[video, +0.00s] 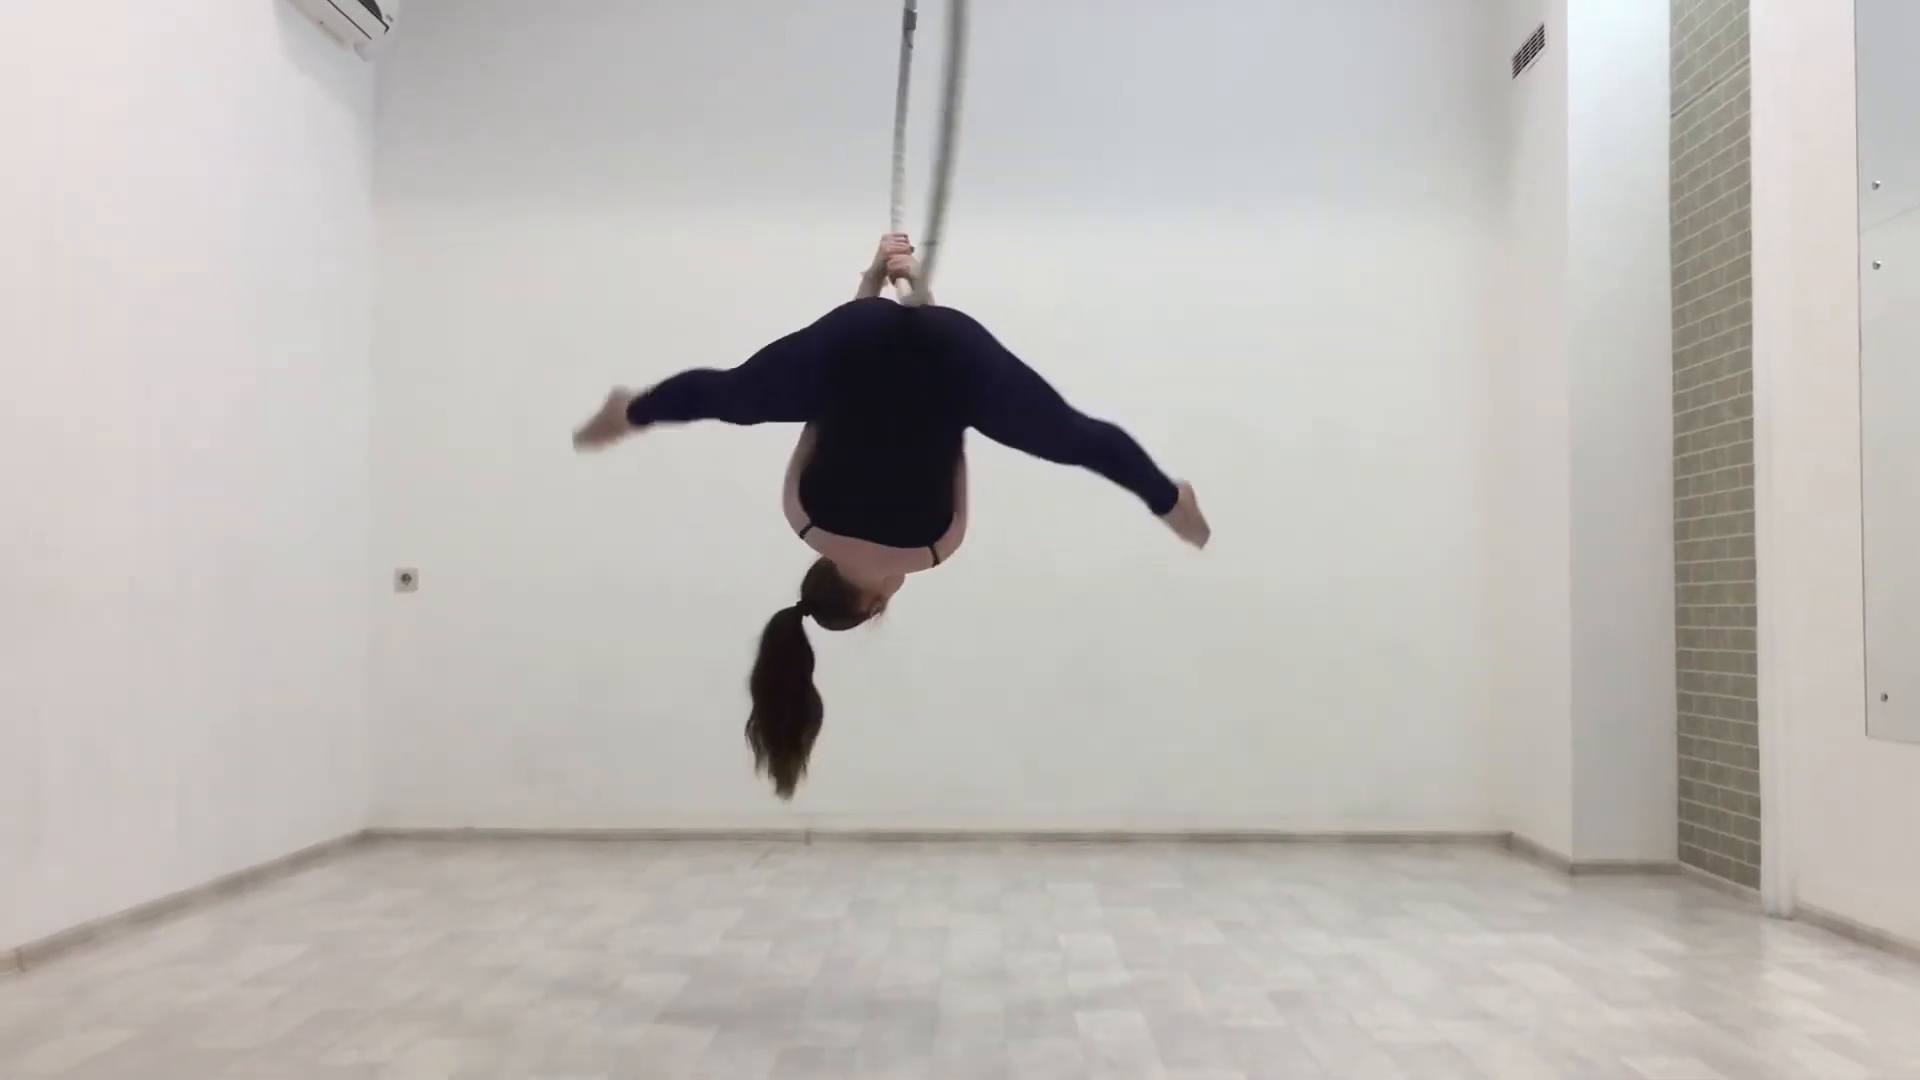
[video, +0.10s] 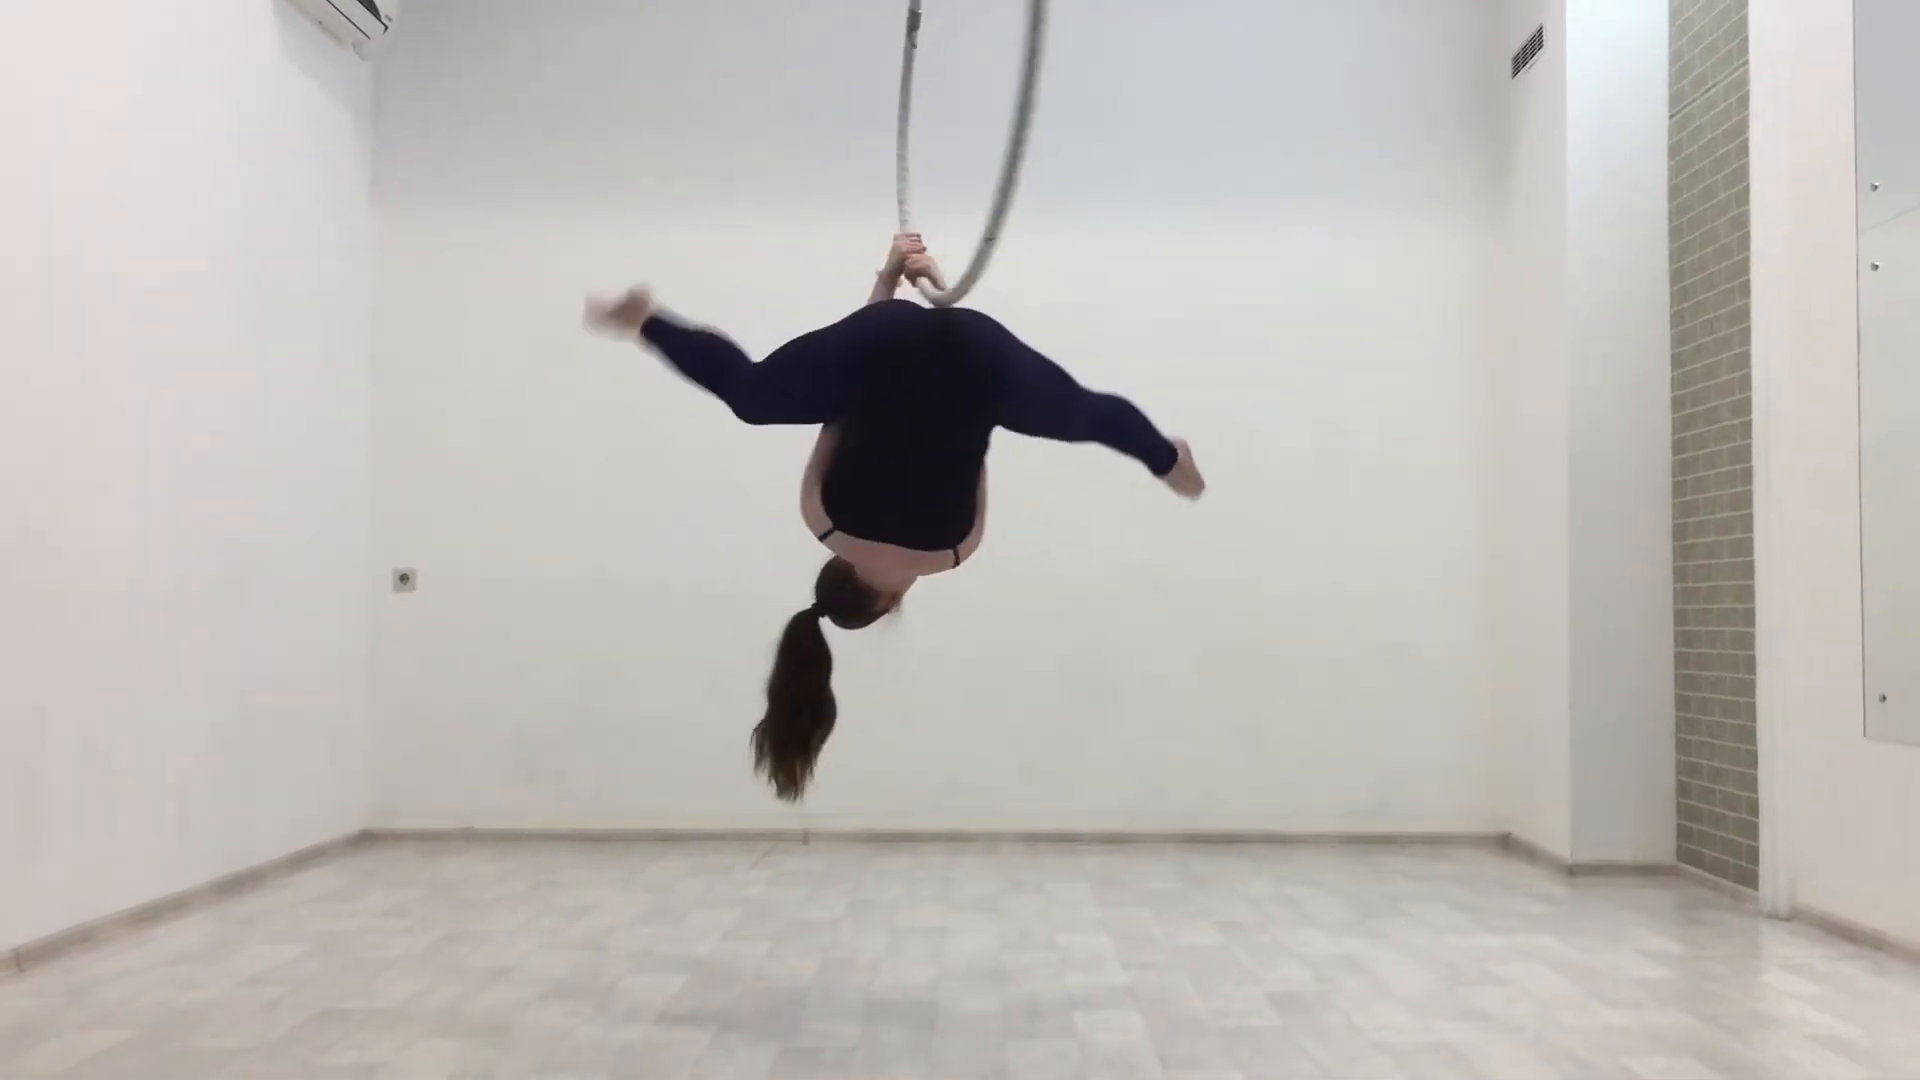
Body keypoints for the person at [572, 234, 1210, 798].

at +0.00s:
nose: (886, 607)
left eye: (875, 611)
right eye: (878, 613)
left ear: (860, 593)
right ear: (842, 587)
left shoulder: (945, 542)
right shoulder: (800, 520)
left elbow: (942, 417)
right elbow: (828, 397)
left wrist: (900, 291)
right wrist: (881, 288)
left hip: (945, 352)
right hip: (862, 337)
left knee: (1064, 435)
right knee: (736, 393)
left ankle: (1170, 498)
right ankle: (632, 408)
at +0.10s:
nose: (897, 602)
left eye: (886, 608)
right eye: (890, 606)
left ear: (859, 592)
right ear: (869, 587)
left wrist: (901, 285)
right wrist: (899, 287)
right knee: (753, 397)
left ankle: (1172, 458)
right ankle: (648, 322)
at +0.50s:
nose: (939, 595)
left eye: (928, 596)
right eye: (928, 596)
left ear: (907, 591)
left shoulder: (1003, 567)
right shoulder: (888, 508)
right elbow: (922, 389)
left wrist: (978, 292)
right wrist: (967, 290)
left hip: (1091, 401)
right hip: (1042, 348)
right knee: (852, 253)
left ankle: (1079, 295)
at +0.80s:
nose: (871, 517)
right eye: (868, 520)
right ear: (874, 534)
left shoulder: (976, 568)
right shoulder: (901, 495)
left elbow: (1039, 400)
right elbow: (955, 382)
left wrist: (1039, 304)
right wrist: (988, 281)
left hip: (1130, 431)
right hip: (1095, 376)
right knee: (1070, 179)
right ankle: (1243, 246)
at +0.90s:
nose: (854, 498)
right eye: (850, 499)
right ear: (856, 511)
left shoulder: (954, 557)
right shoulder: (899, 475)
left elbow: (1031, 421)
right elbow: (978, 380)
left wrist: (1053, 322)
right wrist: (1014, 280)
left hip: (1130, 456)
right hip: (1120, 394)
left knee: (1120, 243)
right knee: (1110, 215)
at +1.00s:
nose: (853, 466)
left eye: (840, 469)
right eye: (845, 468)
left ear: (845, 554)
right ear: (846, 482)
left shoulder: (938, 548)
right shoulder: (902, 459)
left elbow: (1034, 424)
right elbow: (1001, 368)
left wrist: (1054, 321)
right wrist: (1023, 278)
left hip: (1132, 481)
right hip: (1140, 415)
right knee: (1140, 243)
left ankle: (1216, 246)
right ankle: (1248, 386)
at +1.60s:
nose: (882, 491)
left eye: (873, 494)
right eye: (876, 494)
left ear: (863, 568)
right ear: (886, 505)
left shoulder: (926, 594)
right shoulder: (972, 492)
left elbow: (941, 458)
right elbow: (1000, 389)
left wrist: (968, 342)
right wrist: (959, 301)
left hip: (1087, 605)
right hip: (1154, 537)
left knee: (1155, 705)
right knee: (1090, 350)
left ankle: (1223, 818)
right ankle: (1096, 493)